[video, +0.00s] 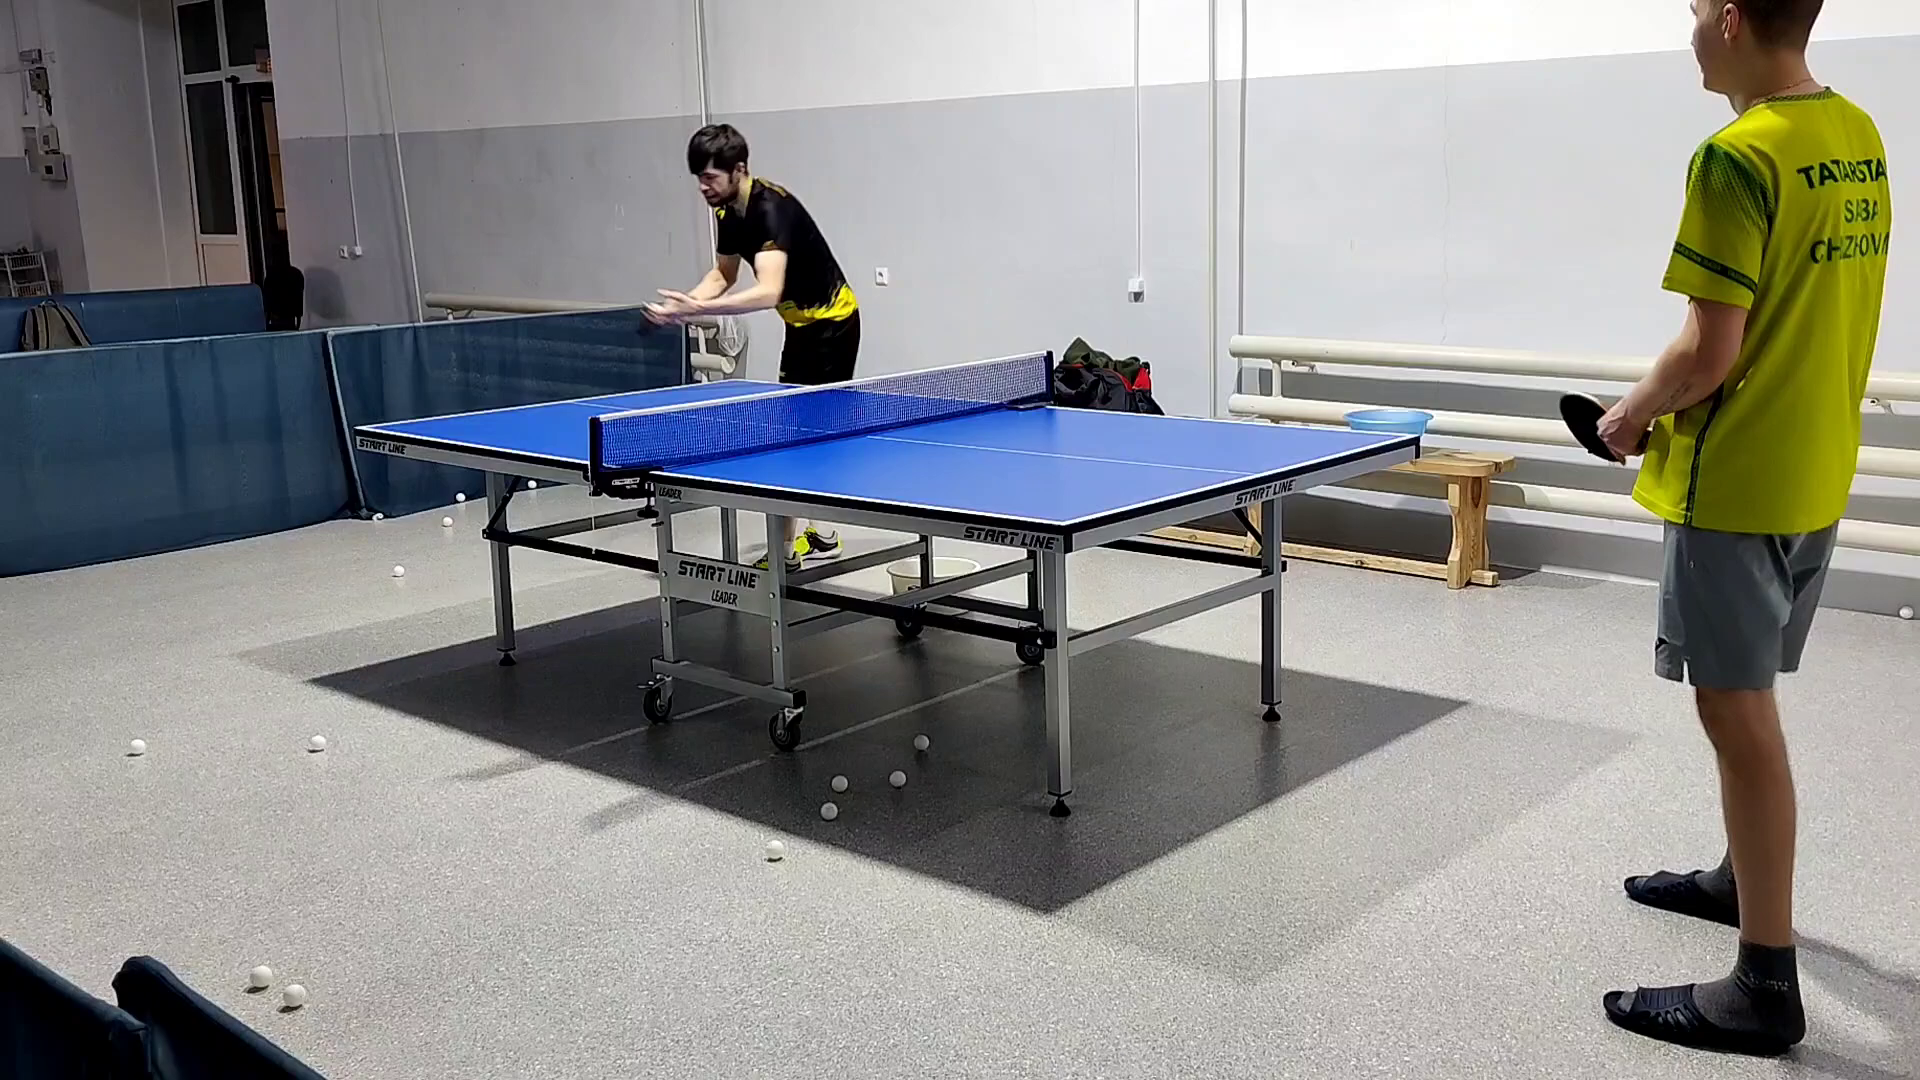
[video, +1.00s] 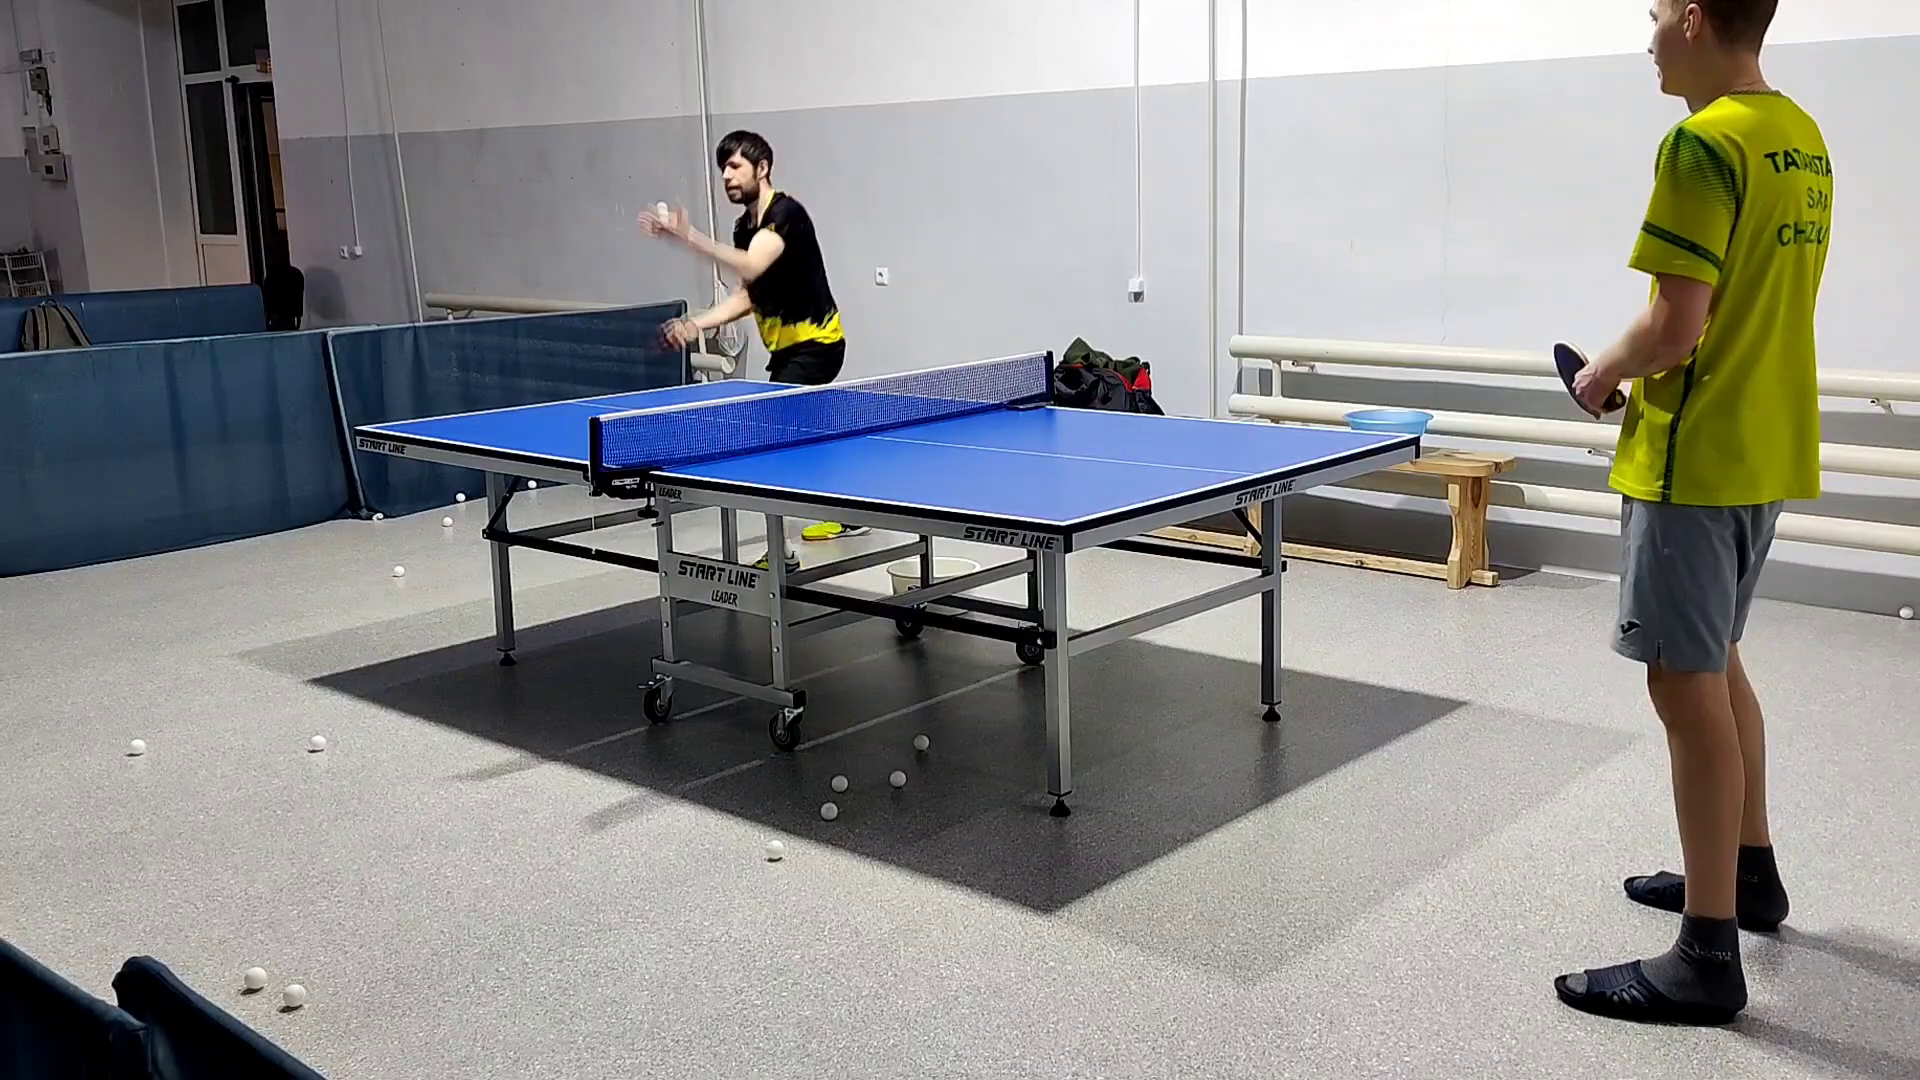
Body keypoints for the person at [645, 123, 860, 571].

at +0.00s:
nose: (703, 186)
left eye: (710, 177)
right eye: (698, 177)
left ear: (738, 169)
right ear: (699, 173)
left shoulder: (771, 208)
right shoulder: (727, 208)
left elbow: (769, 293)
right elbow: (723, 274)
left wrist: (696, 308)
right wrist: (684, 305)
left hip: (832, 325)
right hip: (798, 326)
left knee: (793, 433)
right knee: (794, 429)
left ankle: (786, 546)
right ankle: (816, 528)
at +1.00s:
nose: (726, 176)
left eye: (734, 166)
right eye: (723, 169)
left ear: (762, 168)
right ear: (725, 175)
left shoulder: (787, 211)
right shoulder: (745, 227)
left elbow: (752, 266)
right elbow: (746, 299)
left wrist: (688, 236)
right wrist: (695, 324)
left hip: (817, 346)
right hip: (784, 349)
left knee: (765, 426)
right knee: (804, 434)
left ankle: (780, 550)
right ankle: (844, 512)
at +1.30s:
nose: (725, 160)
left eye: (734, 151)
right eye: (724, 153)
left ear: (762, 158)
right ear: (733, 163)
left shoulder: (790, 199)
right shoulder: (751, 212)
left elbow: (821, 263)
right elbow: (766, 264)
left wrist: (790, 283)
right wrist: (724, 288)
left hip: (839, 324)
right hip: (803, 329)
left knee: (818, 413)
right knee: (788, 418)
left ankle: (836, 526)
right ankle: (846, 508)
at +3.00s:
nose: (714, 222)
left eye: (719, 210)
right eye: (705, 215)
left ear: (735, 204)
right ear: (697, 219)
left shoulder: (773, 229)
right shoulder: (724, 263)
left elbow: (784, 282)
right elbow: (728, 333)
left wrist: (712, 287)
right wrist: (724, 392)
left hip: (845, 334)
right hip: (796, 342)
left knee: (891, 413)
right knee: (762, 418)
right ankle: (761, 531)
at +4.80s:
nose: (754, 224)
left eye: (759, 213)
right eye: (745, 218)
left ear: (776, 204)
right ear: (740, 221)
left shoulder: (814, 232)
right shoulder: (765, 260)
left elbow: (808, 300)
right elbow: (768, 329)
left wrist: (752, 288)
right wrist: (744, 341)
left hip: (880, 342)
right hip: (832, 344)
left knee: (901, 434)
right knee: (790, 414)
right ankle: (774, 527)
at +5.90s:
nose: (744, 152)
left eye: (748, 141)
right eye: (733, 147)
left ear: (760, 141)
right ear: (721, 156)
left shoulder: (790, 187)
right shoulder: (720, 207)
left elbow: (827, 226)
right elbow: (709, 283)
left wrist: (847, 279)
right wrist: (744, 282)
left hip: (796, 326)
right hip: (750, 332)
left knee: (843, 410)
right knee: (747, 425)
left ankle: (861, 511)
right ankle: (703, 533)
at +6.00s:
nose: (744, 157)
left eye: (749, 146)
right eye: (733, 152)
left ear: (761, 147)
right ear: (721, 161)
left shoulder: (787, 197)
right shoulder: (718, 212)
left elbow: (825, 238)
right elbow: (707, 289)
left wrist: (851, 293)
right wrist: (746, 287)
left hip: (788, 333)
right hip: (742, 335)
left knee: (841, 411)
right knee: (740, 433)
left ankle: (860, 511)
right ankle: (695, 538)